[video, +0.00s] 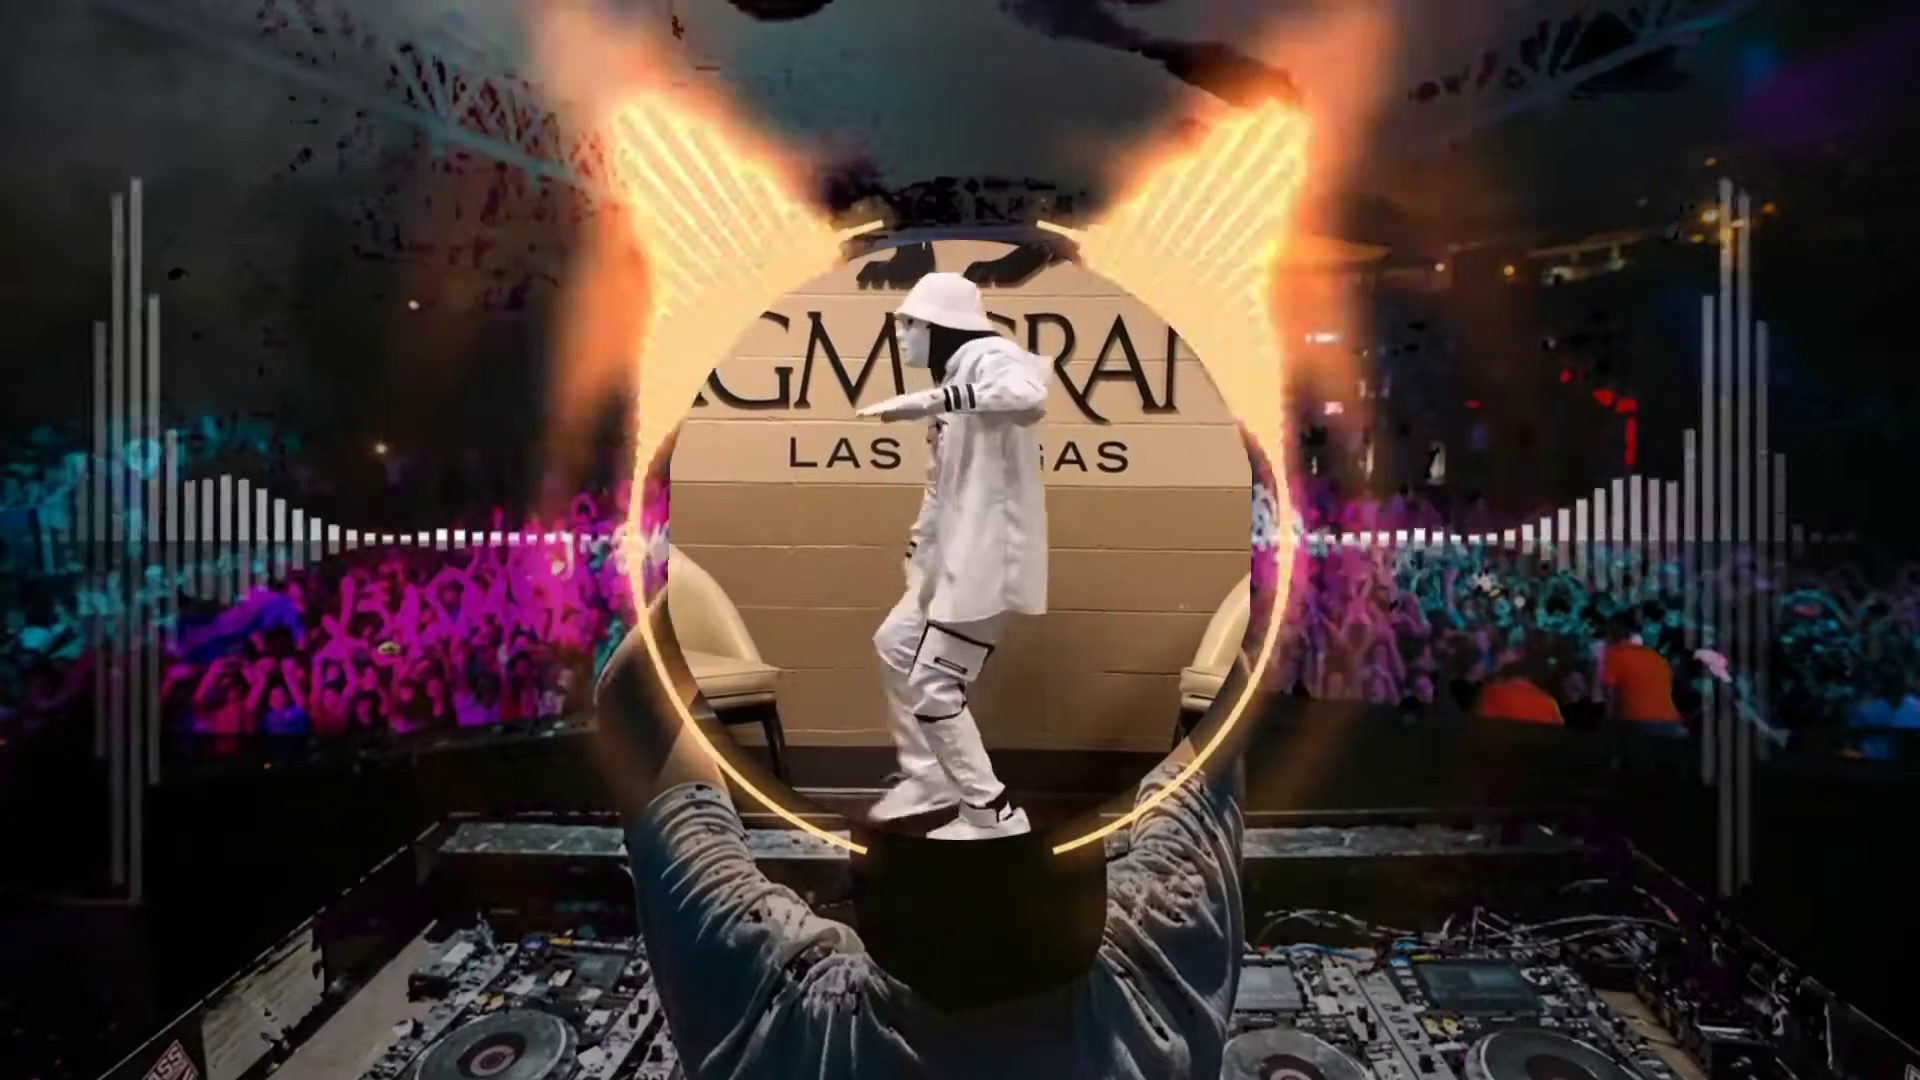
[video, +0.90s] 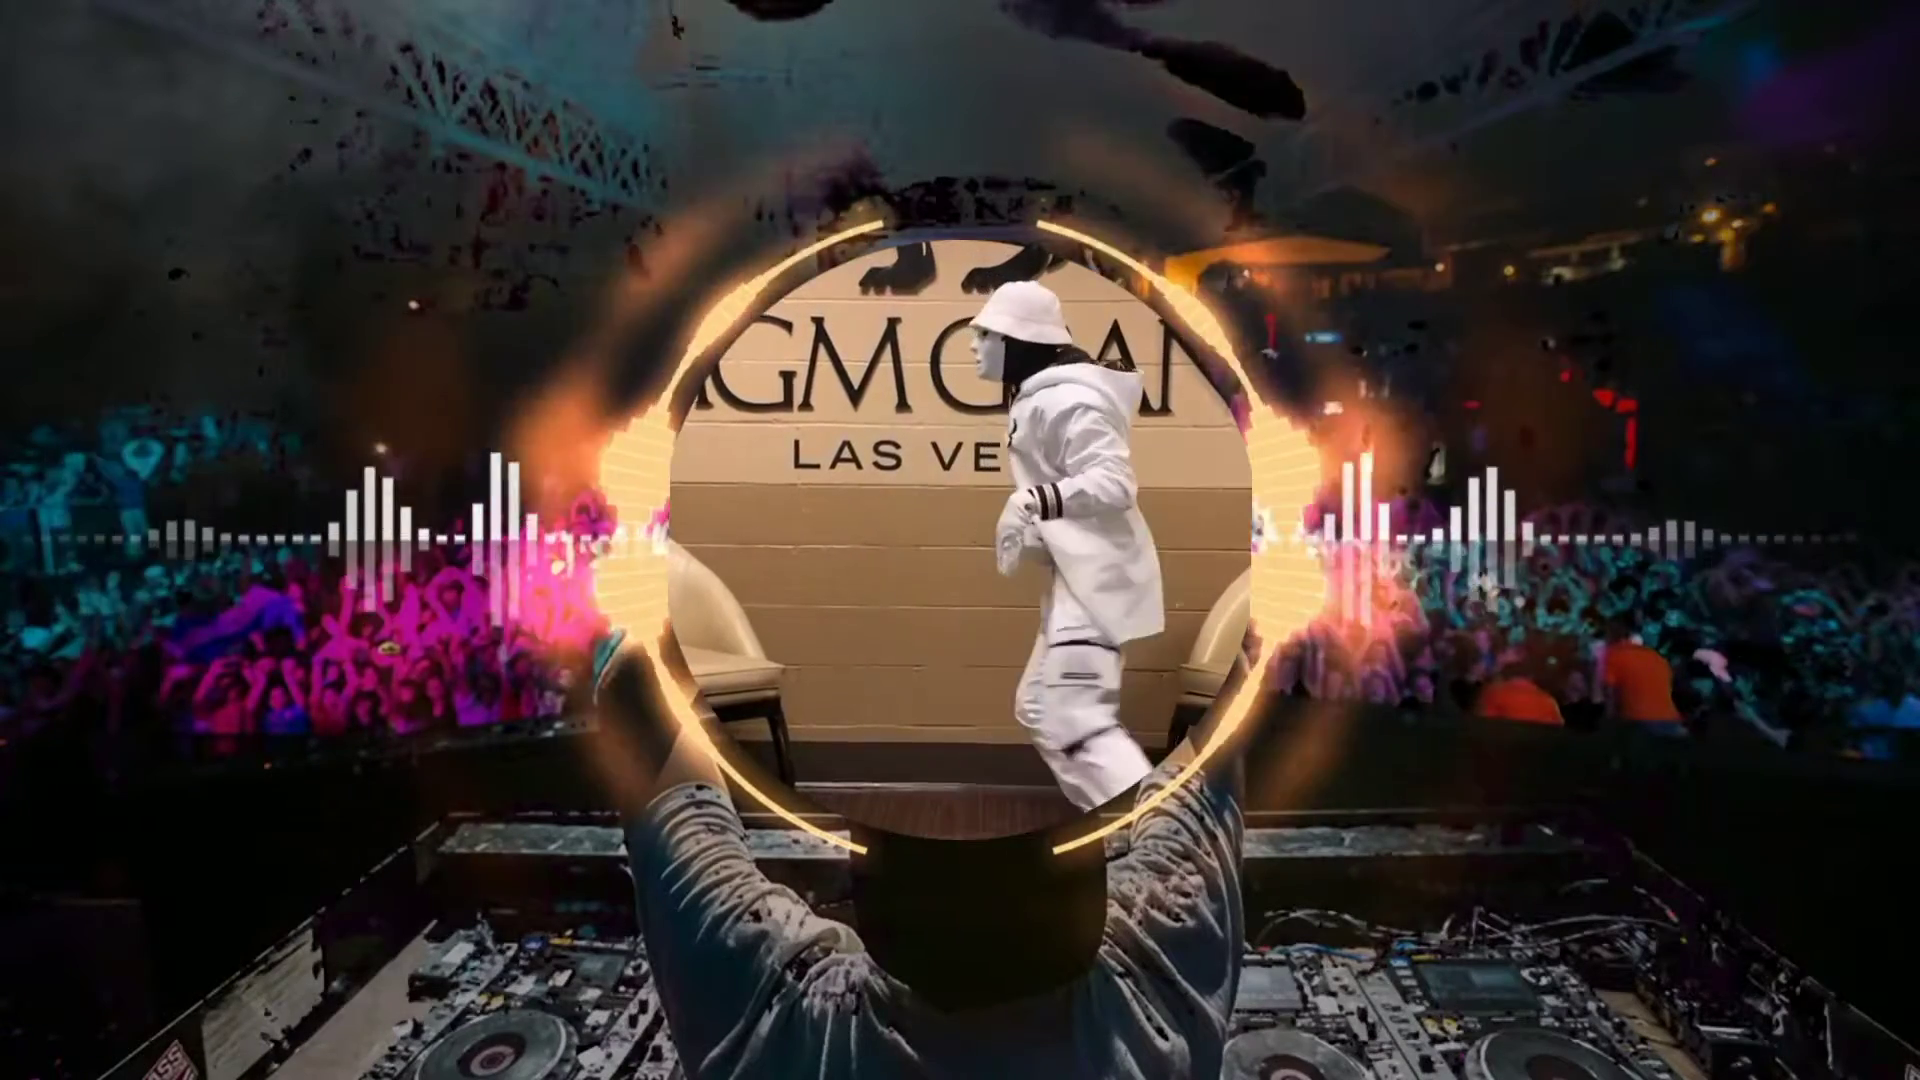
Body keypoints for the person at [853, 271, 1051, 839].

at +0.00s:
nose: (905, 337)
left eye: (913, 326)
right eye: (906, 326)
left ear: (940, 327)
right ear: (946, 326)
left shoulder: (988, 355)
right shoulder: (957, 375)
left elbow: (1027, 394)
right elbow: (950, 485)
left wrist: (941, 400)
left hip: (987, 563)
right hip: (956, 561)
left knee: (931, 688)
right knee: (895, 645)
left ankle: (990, 811)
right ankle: (929, 781)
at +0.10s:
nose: (919, 338)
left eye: (926, 327)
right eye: (920, 327)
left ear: (955, 328)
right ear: (960, 326)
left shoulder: (1002, 355)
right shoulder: (977, 383)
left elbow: (1043, 396)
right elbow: (971, 491)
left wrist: (953, 402)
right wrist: (927, 537)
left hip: (1007, 565)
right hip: (985, 563)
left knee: (945, 687)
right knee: (931, 658)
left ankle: (988, 810)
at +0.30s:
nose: (943, 339)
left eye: (952, 328)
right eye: (946, 327)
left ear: (982, 329)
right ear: (992, 329)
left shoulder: (1023, 360)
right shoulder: (1013, 374)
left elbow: (1053, 410)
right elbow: (1029, 477)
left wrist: (974, 417)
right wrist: (975, 502)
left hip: (1025, 573)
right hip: (1052, 571)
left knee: (964, 687)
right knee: (1021, 698)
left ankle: (988, 813)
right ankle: (1097, 809)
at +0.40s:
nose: (950, 336)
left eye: (959, 325)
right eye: (952, 325)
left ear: (989, 326)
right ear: (996, 327)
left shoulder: (1030, 358)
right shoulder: (1009, 385)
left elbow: (1066, 404)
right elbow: (1002, 510)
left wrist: (997, 430)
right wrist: (968, 475)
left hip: (1031, 574)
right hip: (1046, 573)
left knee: (967, 689)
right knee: (1024, 697)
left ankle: (989, 814)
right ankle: (1096, 806)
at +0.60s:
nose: (958, 338)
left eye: (967, 328)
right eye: (960, 327)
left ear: (1000, 331)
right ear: (1008, 331)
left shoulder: (1050, 386)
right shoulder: (1025, 387)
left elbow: (1112, 459)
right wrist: (1011, 508)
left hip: (1039, 580)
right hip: (1047, 580)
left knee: (963, 692)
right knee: (1017, 699)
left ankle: (988, 814)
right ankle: (1092, 803)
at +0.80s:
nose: (970, 342)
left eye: (980, 333)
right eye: (973, 332)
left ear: (1014, 339)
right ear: (1021, 340)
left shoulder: (1067, 395)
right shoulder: (1039, 394)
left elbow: (1114, 487)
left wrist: (1040, 509)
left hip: (1073, 574)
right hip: (1083, 576)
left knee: (970, 671)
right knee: (1040, 707)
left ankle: (1006, 816)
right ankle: (1112, 819)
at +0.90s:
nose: (979, 350)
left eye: (988, 339)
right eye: (980, 339)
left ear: (1020, 344)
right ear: (1027, 345)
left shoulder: (1070, 398)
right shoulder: (1039, 402)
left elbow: (1114, 482)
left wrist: (1035, 500)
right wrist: (1031, 521)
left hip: (1099, 580)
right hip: (1074, 581)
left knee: (1069, 707)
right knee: (1040, 704)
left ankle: (1155, 815)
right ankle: (1123, 820)